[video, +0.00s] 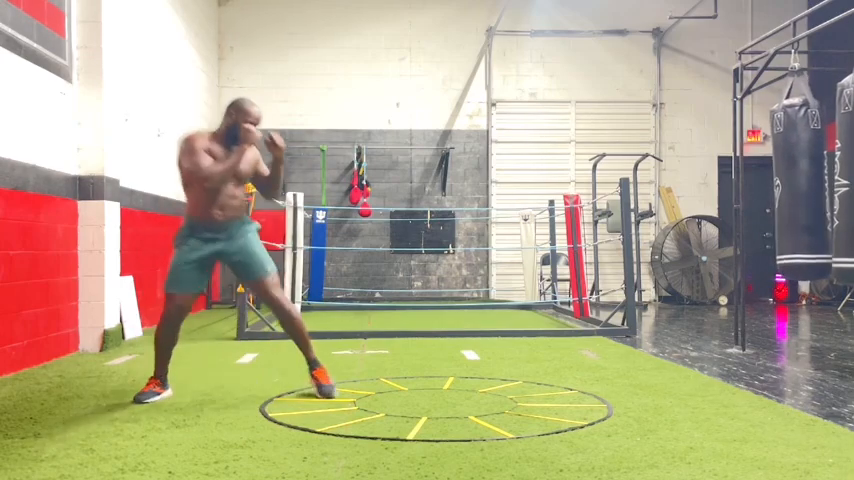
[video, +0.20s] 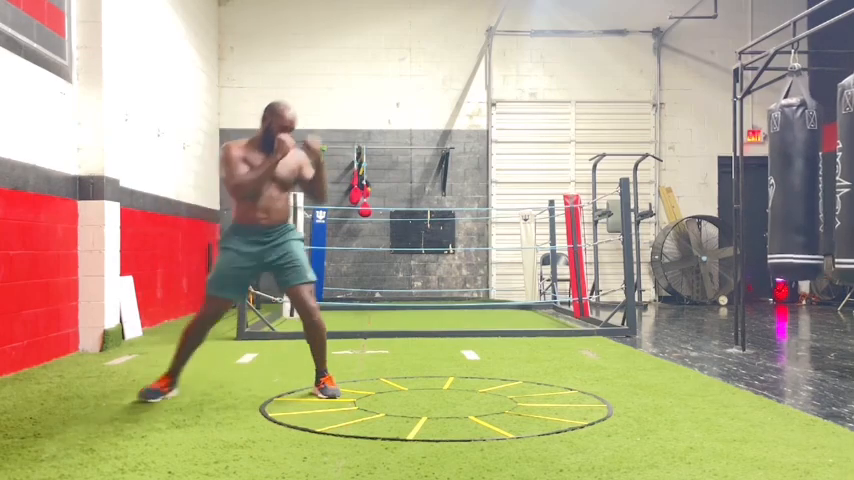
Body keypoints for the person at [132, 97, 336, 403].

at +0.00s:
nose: (252, 130)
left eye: (255, 125)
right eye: (249, 124)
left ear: (255, 126)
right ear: (231, 118)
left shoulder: (250, 153)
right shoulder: (196, 143)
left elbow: (272, 191)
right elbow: (208, 180)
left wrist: (279, 160)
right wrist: (242, 149)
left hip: (239, 234)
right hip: (196, 236)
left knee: (275, 297)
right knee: (175, 308)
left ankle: (315, 366)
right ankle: (159, 381)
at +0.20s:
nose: (286, 135)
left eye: (290, 130)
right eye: (281, 129)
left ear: (293, 129)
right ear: (265, 124)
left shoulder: (296, 157)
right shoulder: (235, 151)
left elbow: (319, 196)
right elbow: (240, 191)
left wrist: (319, 163)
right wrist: (275, 157)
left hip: (283, 238)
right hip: (242, 241)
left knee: (307, 304)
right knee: (211, 312)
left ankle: (323, 377)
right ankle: (171, 378)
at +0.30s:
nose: (300, 121)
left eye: (303, 116)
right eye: (296, 115)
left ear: (305, 116)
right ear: (279, 110)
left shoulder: (310, 143)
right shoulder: (249, 137)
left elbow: (336, 177)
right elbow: (252, 174)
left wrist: (329, 137)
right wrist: (286, 140)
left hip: (296, 227)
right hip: (255, 226)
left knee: (311, 297)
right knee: (230, 297)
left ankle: (324, 374)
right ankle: (216, 367)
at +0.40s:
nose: (307, 112)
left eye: (311, 108)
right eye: (303, 106)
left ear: (314, 109)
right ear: (287, 100)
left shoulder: (317, 136)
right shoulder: (257, 126)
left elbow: (344, 173)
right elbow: (258, 162)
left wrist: (339, 134)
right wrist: (294, 129)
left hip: (305, 217)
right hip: (264, 217)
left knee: (324, 287)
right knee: (251, 292)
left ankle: (335, 363)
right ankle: (256, 358)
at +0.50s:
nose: (313, 119)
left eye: (318, 115)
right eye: (310, 113)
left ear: (320, 116)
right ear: (294, 108)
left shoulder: (325, 144)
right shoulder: (265, 134)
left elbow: (349, 182)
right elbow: (266, 168)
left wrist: (348, 147)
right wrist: (301, 136)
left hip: (316, 224)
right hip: (276, 226)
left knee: (341, 289)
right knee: (264, 302)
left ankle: (367, 362)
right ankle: (265, 366)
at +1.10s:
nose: (307, 128)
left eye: (312, 124)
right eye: (303, 122)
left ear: (315, 123)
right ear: (287, 117)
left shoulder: (321, 150)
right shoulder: (261, 142)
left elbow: (345, 189)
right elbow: (257, 180)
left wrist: (339, 157)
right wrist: (293, 151)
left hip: (305, 230)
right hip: (266, 229)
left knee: (314, 297)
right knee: (242, 297)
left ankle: (329, 372)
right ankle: (234, 359)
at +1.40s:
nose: (273, 133)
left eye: (277, 130)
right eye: (270, 127)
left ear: (281, 130)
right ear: (255, 121)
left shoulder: (282, 156)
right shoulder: (224, 145)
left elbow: (299, 196)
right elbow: (219, 181)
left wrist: (302, 164)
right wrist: (258, 153)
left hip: (264, 230)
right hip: (226, 230)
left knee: (285, 290)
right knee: (212, 300)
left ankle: (316, 367)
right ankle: (209, 367)